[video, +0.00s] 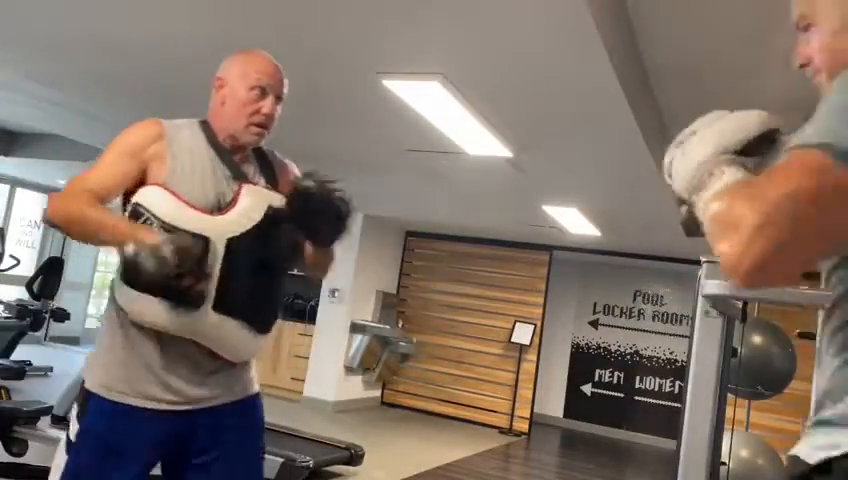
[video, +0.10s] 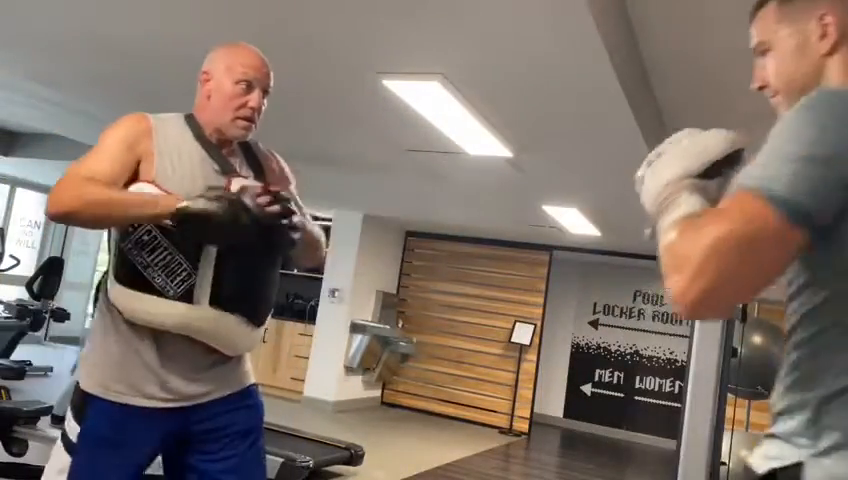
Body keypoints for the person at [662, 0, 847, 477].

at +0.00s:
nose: (799, 56)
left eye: (808, 25)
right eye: (799, 33)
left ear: (845, 18)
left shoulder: (842, 99)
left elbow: (756, 250)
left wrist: (708, 174)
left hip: (837, 442)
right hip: (829, 441)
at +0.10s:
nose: (758, 81)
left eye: (765, 51)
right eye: (757, 58)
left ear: (826, 30)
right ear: (827, 32)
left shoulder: (832, 115)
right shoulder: (827, 119)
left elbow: (697, 285)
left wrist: (673, 190)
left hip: (823, 453)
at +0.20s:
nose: (716, 96)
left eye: (722, 68)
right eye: (715, 75)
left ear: (776, 52)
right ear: (776, 53)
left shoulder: (783, 142)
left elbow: (662, 313)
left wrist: (641, 215)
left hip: (800, 448)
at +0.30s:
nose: (694, 100)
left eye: (698, 74)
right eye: (692, 80)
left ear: (747, 55)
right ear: (750, 55)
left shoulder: (748, 140)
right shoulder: (838, 125)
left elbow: (624, 295)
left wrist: (627, 202)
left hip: (780, 442)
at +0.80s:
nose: (666, 153)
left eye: (673, 132)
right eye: (665, 137)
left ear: (719, 119)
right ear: (723, 118)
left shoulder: (744, 179)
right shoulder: (817, 195)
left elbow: (669, 282)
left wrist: (617, 233)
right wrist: (678, 224)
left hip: (735, 445)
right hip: (802, 451)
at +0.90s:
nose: (651, 149)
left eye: (658, 130)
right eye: (649, 135)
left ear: (704, 118)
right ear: (707, 118)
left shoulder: (739, 177)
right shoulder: (777, 180)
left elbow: (659, 270)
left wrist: (604, 205)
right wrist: (658, 212)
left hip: (728, 433)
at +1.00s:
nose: (630, 157)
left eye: (638, 139)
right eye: (628, 143)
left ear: (684, 129)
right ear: (685, 130)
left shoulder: (728, 190)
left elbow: (649, 276)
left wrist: (594, 210)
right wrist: (629, 219)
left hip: (715, 439)